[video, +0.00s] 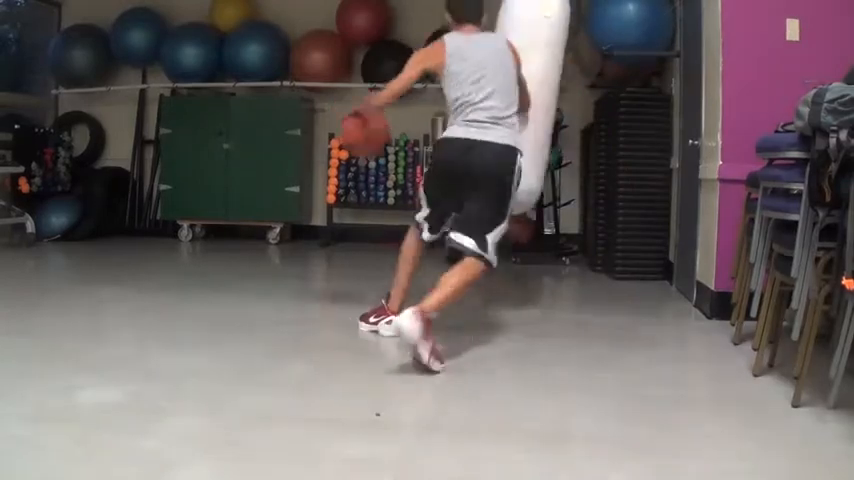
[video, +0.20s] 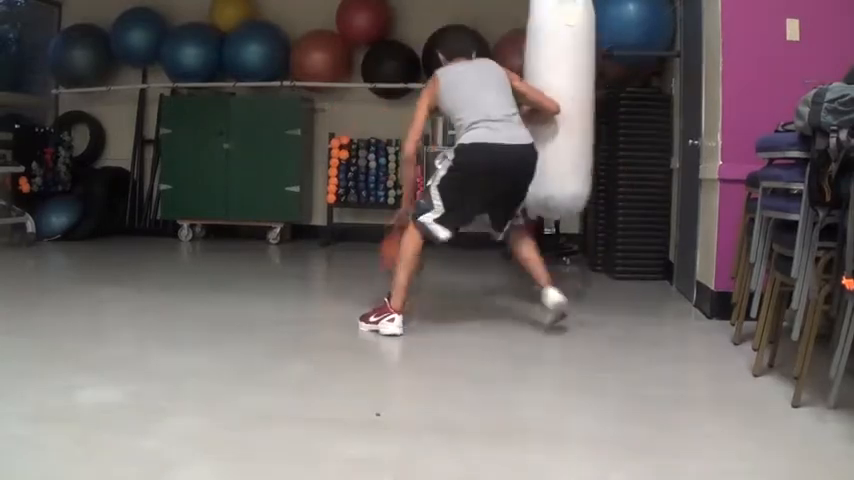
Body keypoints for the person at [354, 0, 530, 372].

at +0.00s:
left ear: (451, 18)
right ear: (482, 17)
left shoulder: (436, 49)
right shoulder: (505, 46)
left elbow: (390, 93)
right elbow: (523, 104)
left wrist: (367, 105)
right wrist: (500, 121)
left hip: (453, 150)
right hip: (499, 156)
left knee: (421, 226)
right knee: (478, 256)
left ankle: (392, 310)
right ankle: (421, 313)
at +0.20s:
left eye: (435, 63)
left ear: (441, 60)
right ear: (477, 54)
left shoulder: (437, 82)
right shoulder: (498, 70)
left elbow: (409, 149)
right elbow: (550, 107)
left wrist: (406, 207)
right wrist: (520, 118)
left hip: (474, 154)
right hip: (521, 153)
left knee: (417, 226)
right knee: (512, 222)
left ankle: (393, 311)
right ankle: (548, 289)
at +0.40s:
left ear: (485, 74)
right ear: (514, 73)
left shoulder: (479, 93)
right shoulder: (534, 89)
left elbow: (430, 123)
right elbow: (589, 115)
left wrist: (378, 139)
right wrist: (562, 129)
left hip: (498, 174)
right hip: (543, 174)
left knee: (442, 238)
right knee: (555, 226)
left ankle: (406, 305)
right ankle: (576, 293)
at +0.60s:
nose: (500, 80)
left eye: (501, 76)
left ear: (502, 76)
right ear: (532, 78)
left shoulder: (493, 92)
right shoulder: (551, 100)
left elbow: (442, 114)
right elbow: (591, 139)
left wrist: (401, 128)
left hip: (493, 181)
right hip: (536, 185)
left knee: (451, 223)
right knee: (555, 222)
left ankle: (438, 280)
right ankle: (574, 290)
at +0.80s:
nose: (533, 77)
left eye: (530, 73)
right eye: (534, 72)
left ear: (505, 67)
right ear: (531, 71)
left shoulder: (475, 87)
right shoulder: (527, 95)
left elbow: (454, 141)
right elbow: (522, 150)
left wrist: (437, 186)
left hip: (456, 181)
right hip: (495, 181)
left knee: (454, 224)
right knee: (540, 223)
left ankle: (433, 287)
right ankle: (573, 288)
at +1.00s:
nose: (523, 64)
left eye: (526, 58)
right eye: (525, 55)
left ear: (507, 43)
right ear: (515, 45)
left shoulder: (470, 58)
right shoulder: (482, 59)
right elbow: (469, 97)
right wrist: (512, 123)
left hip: (421, 144)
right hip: (436, 144)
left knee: (452, 214)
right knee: (511, 199)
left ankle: (433, 288)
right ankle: (510, 291)